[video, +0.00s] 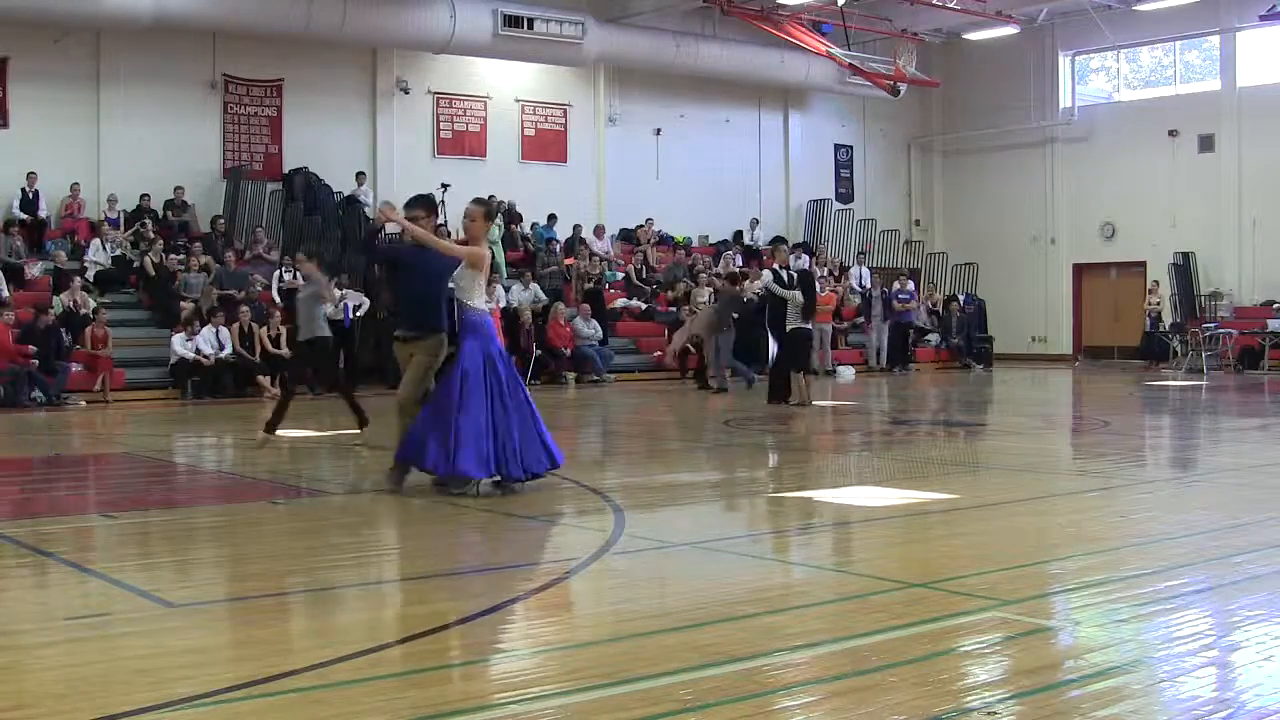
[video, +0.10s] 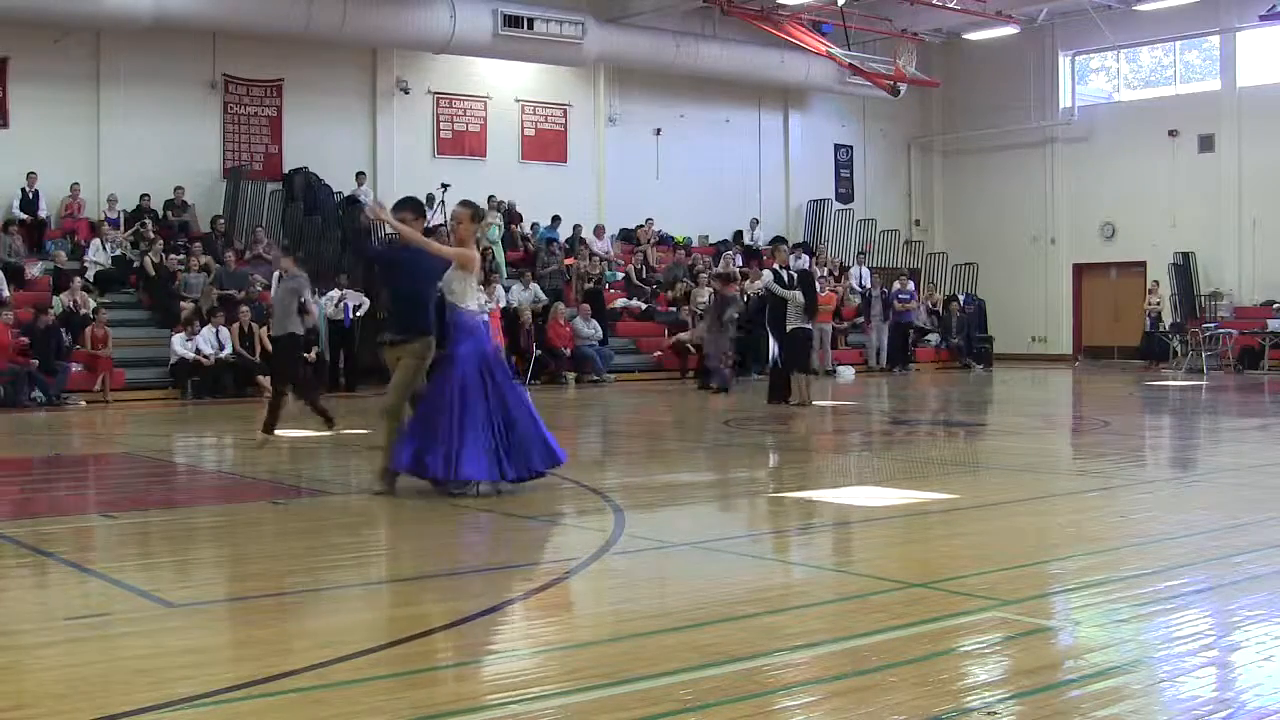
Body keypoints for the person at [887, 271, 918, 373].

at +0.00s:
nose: (902, 282)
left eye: (904, 280)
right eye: (900, 280)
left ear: (907, 281)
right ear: (898, 281)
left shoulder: (912, 293)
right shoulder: (894, 293)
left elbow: (914, 305)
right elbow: (896, 307)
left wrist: (901, 305)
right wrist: (909, 306)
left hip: (908, 321)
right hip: (897, 321)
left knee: (906, 344)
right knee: (895, 343)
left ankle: (905, 363)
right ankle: (895, 364)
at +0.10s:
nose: (903, 282)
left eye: (905, 280)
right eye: (901, 280)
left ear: (907, 281)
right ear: (898, 281)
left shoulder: (912, 293)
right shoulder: (895, 293)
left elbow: (914, 305)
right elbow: (896, 307)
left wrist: (901, 305)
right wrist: (909, 306)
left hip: (908, 321)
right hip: (897, 322)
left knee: (906, 344)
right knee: (895, 343)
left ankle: (905, 363)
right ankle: (895, 364)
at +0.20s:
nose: (904, 282)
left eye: (906, 280)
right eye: (902, 280)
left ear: (908, 281)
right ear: (899, 281)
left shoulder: (912, 293)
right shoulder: (895, 294)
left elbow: (915, 305)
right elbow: (897, 307)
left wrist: (902, 305)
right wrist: (909, 306)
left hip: (908, 321)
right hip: (897, 322)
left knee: (906, 343)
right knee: (896, 343)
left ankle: (905, 364)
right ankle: (895, 364)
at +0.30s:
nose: (905, 283)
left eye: (906, 280)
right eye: (903, 281)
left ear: (909, 281)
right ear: (900, 282)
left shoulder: (913, 294)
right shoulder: (896, 293)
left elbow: (915, 306)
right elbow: (897, 307)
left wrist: (903, 305)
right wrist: (910, 307)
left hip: (908, 321)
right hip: (897, 322)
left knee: (906, 343)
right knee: (896, 343)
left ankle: (905, 364)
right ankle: (895, 364)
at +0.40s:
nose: (905, 283)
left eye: (906, 280)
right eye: (903, 281)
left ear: (909, 281)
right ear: (900, 282)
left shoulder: (913, 294)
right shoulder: (896, 293)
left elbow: (916, 306)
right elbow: (897, 307)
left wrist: (903, 305)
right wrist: (910, 307)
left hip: (908, 321)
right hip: (897, 322)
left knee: (905, 343)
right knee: (896, 342)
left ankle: (905, 363)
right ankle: (895, 364)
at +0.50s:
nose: (905, 283)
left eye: (906, 280)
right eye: (903, 281)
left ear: (909, 282)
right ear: (900, 282)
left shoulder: (912, 294)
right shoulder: (896, 294)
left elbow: (916, 306)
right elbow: (897, 307)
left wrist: (903, 305)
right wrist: (910, 307)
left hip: (908, 321)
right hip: (897, 322)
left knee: (906, 343)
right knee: (896, 342)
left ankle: (905, 363)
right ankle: (895, 364)